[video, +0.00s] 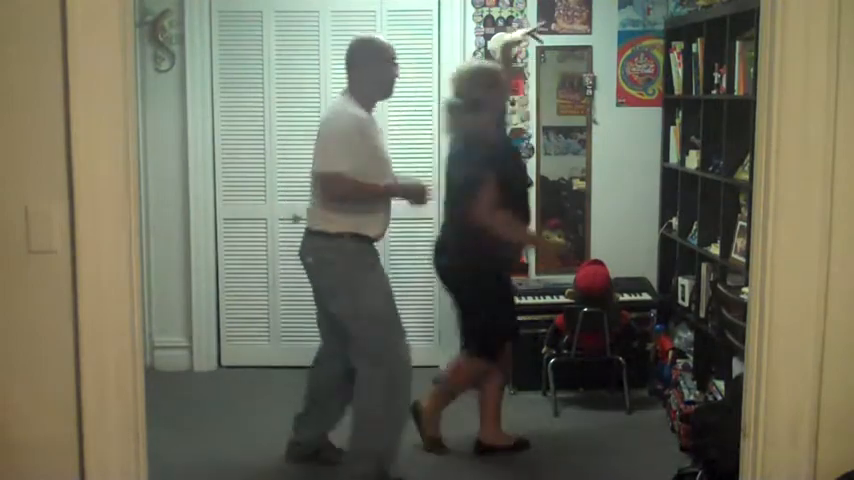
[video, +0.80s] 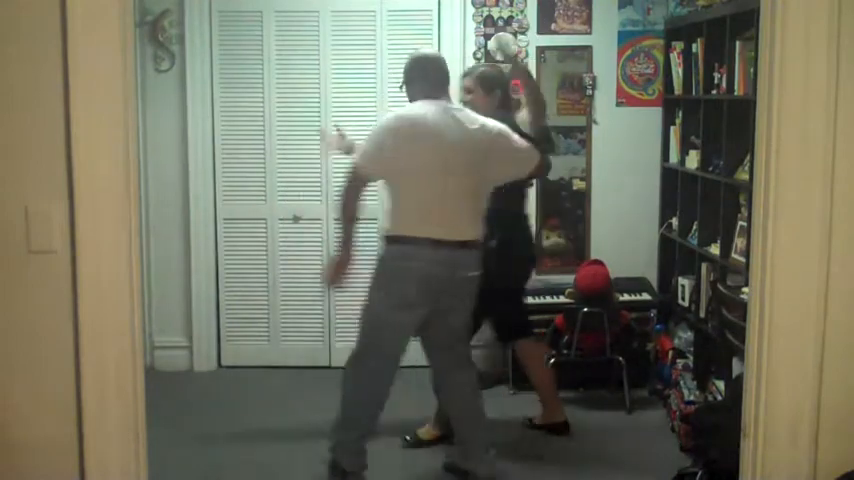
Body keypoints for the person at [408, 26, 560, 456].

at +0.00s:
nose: (507, 100)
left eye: (504, 94)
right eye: (502, 95)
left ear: (468, 97)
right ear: (491, 100)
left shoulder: (474, 135)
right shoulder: (486, 143)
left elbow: (498, 87)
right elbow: (483, 211)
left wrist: (504, 50)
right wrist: (534, 238)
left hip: (473, 251)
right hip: (471, 254)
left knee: (499, 342)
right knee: (486, 348)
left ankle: (490, 433)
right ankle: (430, 407)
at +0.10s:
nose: (515, 103)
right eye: (514, 96)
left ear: (475, 98)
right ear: (512, 100)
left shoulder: (463, 138)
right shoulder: (513, 148)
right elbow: (538, 208)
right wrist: (573, 232)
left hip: (457, 252)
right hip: (493, 256)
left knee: (499, 338)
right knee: (529, 339)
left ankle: (490, 429)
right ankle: (471, 400)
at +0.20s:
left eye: (485, 90)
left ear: (488, 99)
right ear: (527, 99)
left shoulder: (468, 132)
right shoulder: (541, 147)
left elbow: (443, 85)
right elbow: (561, 211)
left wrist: (476, 47)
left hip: (469, 255)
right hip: (520, 254)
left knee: (494, 339)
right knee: (540, 326)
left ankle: (499, 432)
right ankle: (534, 407)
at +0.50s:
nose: (486, 90)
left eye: (493, 86)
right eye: (490, 84)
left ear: (508, 94)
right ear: (530, 98)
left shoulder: (486, 119)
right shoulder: (544, 132)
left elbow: (454, 80)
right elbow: (560, 189)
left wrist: (457, 26)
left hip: (500, 247)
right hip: (546, 245)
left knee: (482, 336)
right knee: (533, 330)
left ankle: (527, 412)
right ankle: (558, 416)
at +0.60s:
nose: (489, 93)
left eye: (494, 86)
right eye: (492, 86)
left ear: (505, 90)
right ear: (527, 91)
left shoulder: (501, 120)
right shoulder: (536, 126)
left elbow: (480, 71)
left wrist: (469, 24)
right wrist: (477, 191)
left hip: (512, 245)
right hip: (543, 243)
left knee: (461, 321)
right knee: (532, 326)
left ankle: (501, 400)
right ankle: (555, 416)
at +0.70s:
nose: (474, 98)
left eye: (481, 91)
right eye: (473, 91)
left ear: (503, 95)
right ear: (479, 95)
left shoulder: (520, 127)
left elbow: (510, 78)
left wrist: (492, 35)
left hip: (515, 241)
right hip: (513, 240)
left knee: (460, 323)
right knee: (528, 328)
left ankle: (453, 419)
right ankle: (555, 415)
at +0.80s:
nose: (463, 99)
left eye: (469, 92)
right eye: (463, 93)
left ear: (492, 94)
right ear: (494, 96)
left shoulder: (488, 135)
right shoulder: (516, 133)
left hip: (493, 242)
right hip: (511, 241)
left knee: (455, 333)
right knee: (517, 329)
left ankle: (442, 421)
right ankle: (554, 412)